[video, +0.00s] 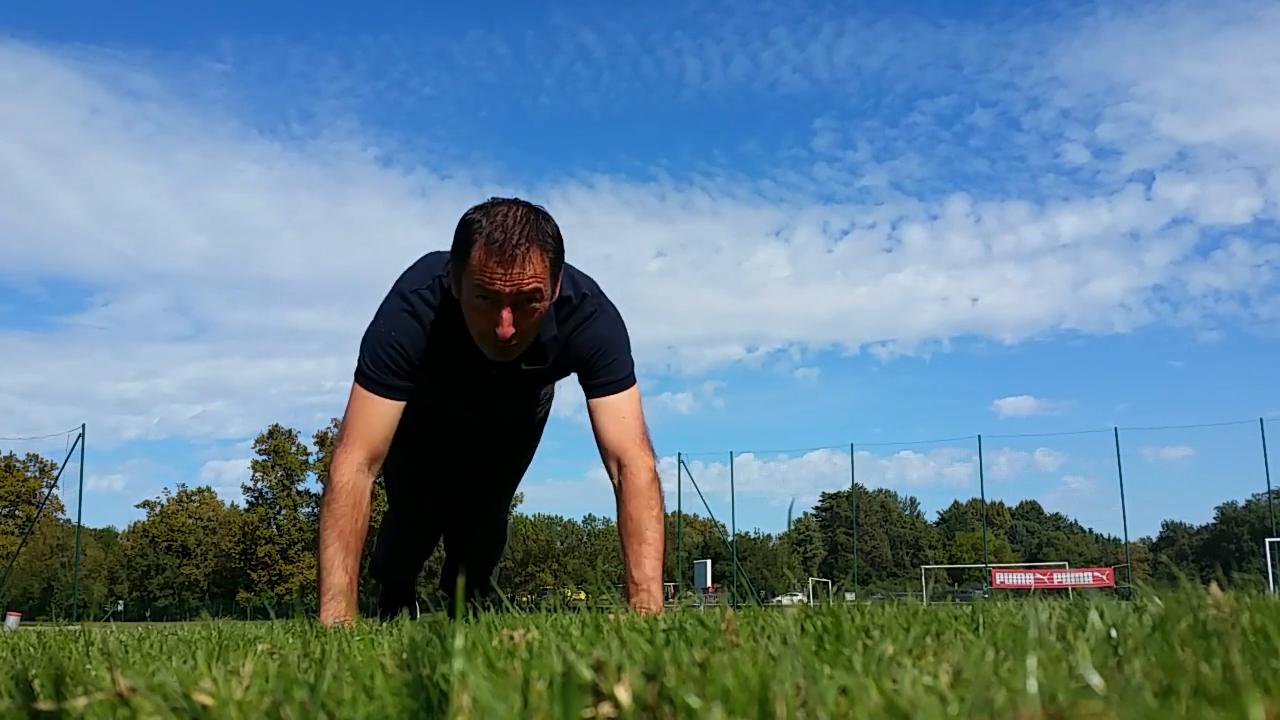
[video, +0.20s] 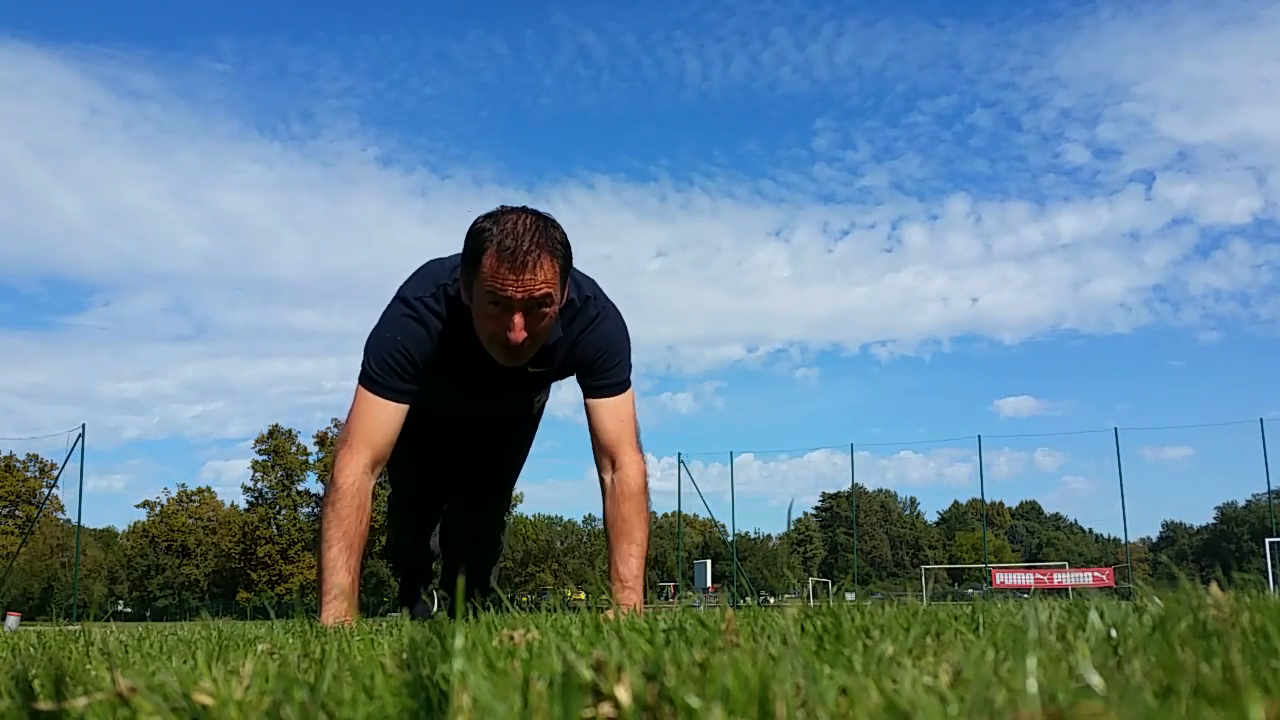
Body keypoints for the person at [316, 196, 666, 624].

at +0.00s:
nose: (506, 324)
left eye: (527, 302)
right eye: (487, 300)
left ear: (555, 286)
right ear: (457, 279)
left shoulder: (589, 320)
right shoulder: (412, 309)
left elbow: (632, 463)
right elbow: (355, 461)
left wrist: (646, 612)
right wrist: (337, 622)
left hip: (511, 421)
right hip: (424, 415)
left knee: (483, 530)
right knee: (410, 525)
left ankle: (466, 627)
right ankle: (392, 614)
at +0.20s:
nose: (517, 328)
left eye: (538, 306)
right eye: (498, 304)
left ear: (563, 292)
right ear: (465, 285)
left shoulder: (595, 324)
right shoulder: (418, 313)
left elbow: (620, 464)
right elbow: (355, 463)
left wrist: (628, 608)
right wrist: (337, 620)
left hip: (511, 407)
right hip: (426, 402)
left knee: (481, 520)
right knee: (411, 510)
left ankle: (467, 623)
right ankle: (412, 607)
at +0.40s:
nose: (511, 341)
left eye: (531, 318)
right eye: (492, 317)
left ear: (556, 301)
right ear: (462, 300)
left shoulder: (594, 326)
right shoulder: (419, 324)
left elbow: (625, 467)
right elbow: (354, 469)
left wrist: (629, 609)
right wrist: (337, 623)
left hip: (533, 410)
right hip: (444, 406)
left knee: (494, 522)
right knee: (436, 513)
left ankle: (473, 617)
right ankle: (426, 621)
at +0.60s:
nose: (514, 328)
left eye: (534, 306)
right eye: (496, 305)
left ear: (560, 291)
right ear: (467, 287)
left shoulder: (593, 322)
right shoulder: (427, 313)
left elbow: (629, 469)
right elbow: (357, 449)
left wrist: (631, 611)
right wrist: (353, 595)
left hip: (546, 420)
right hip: (459, 408)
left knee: (500, 530)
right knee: (441, 517)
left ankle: (487, 632)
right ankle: (427, 628)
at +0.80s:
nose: (513, 327)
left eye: (532, 304)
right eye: (494, 302)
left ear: (559, 291)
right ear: (466, 288)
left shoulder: (596, 328)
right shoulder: (423, 328)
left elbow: (628, 471)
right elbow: (365, 467)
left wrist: (631, 614)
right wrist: (353, 619)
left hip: (548, 431)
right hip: (462, 423)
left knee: (517, 538)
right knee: (440, 532)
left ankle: (518, 627)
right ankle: (426, 630)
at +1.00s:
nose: (520, 316)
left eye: (541, 292)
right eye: (502, 291)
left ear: (565, 282)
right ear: (473, 280)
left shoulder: (599, 324)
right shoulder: (429, 322)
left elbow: (631, 471)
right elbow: (364, 461)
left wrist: (631, 612)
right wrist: (351, 616)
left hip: (548, 437)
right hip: (460, 428)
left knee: (519, 543)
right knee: (442, 532)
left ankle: (506, 625)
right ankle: (425, 624)